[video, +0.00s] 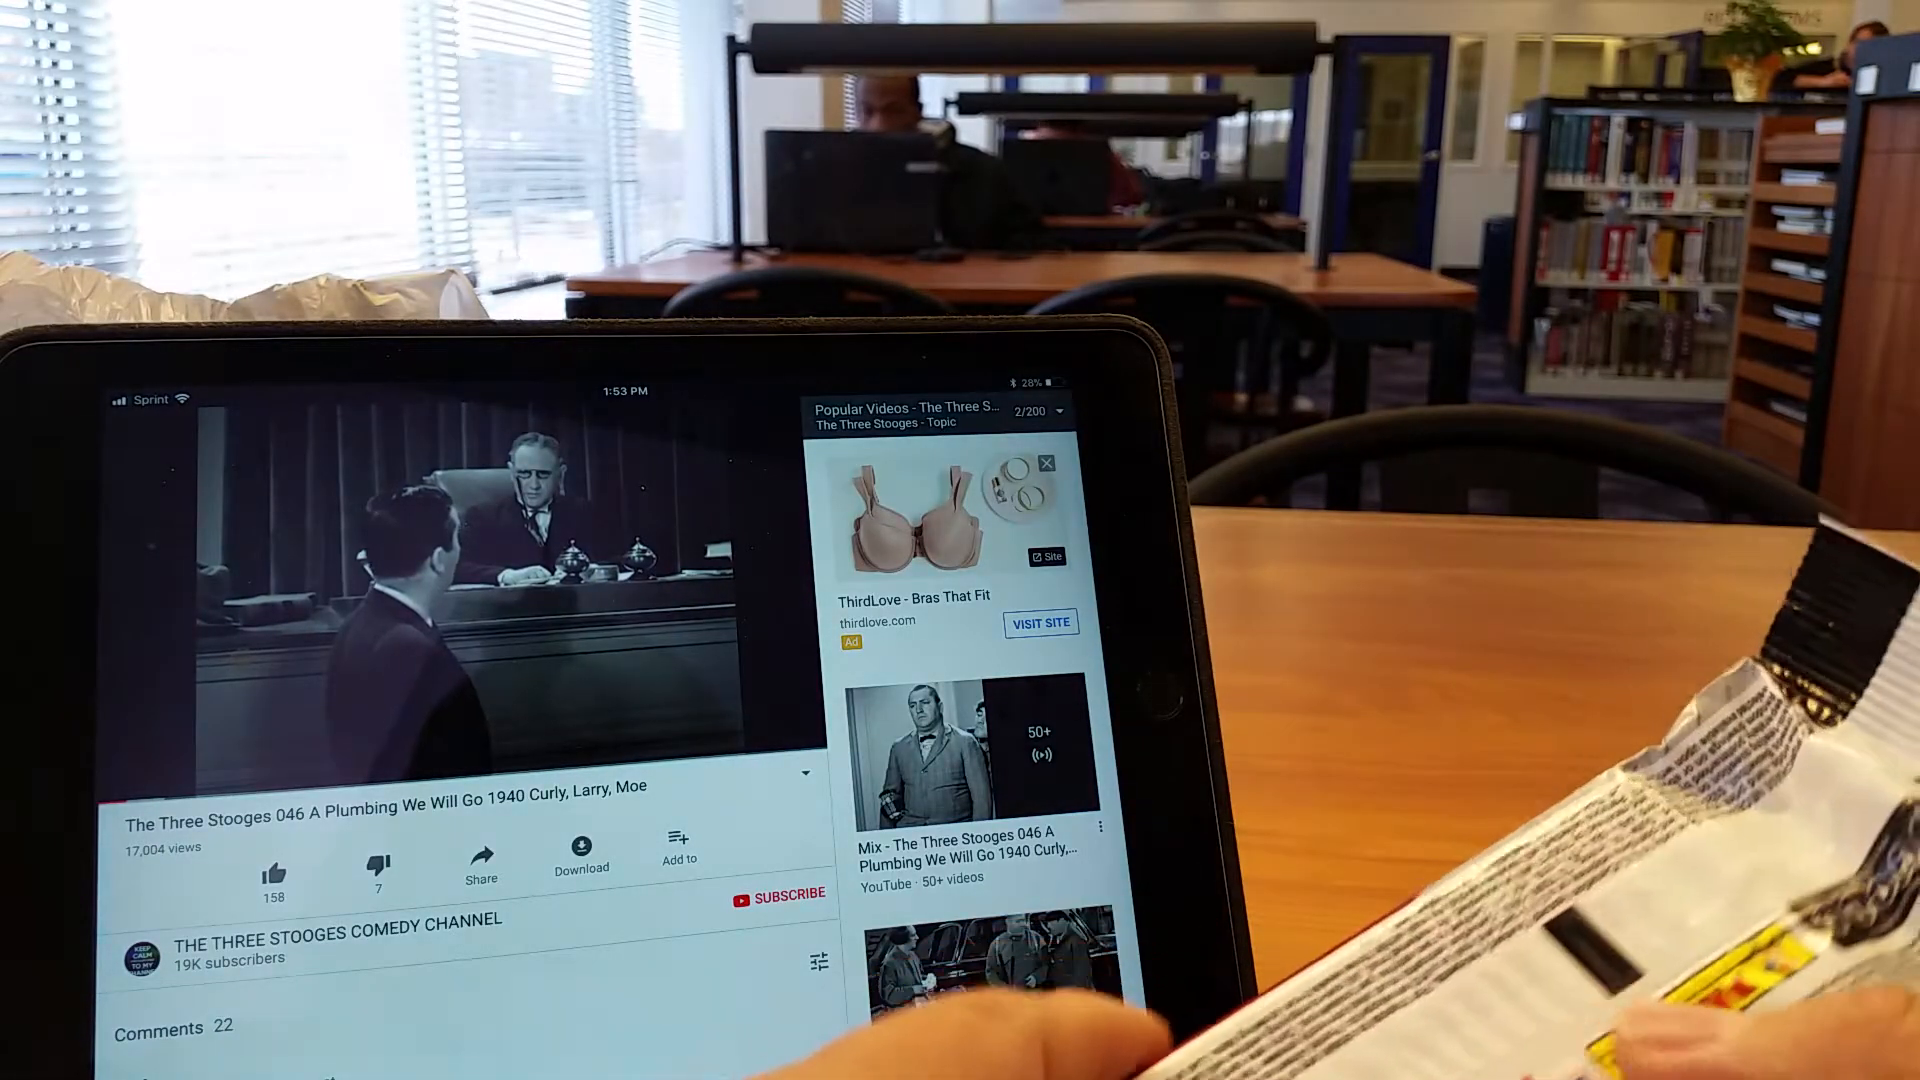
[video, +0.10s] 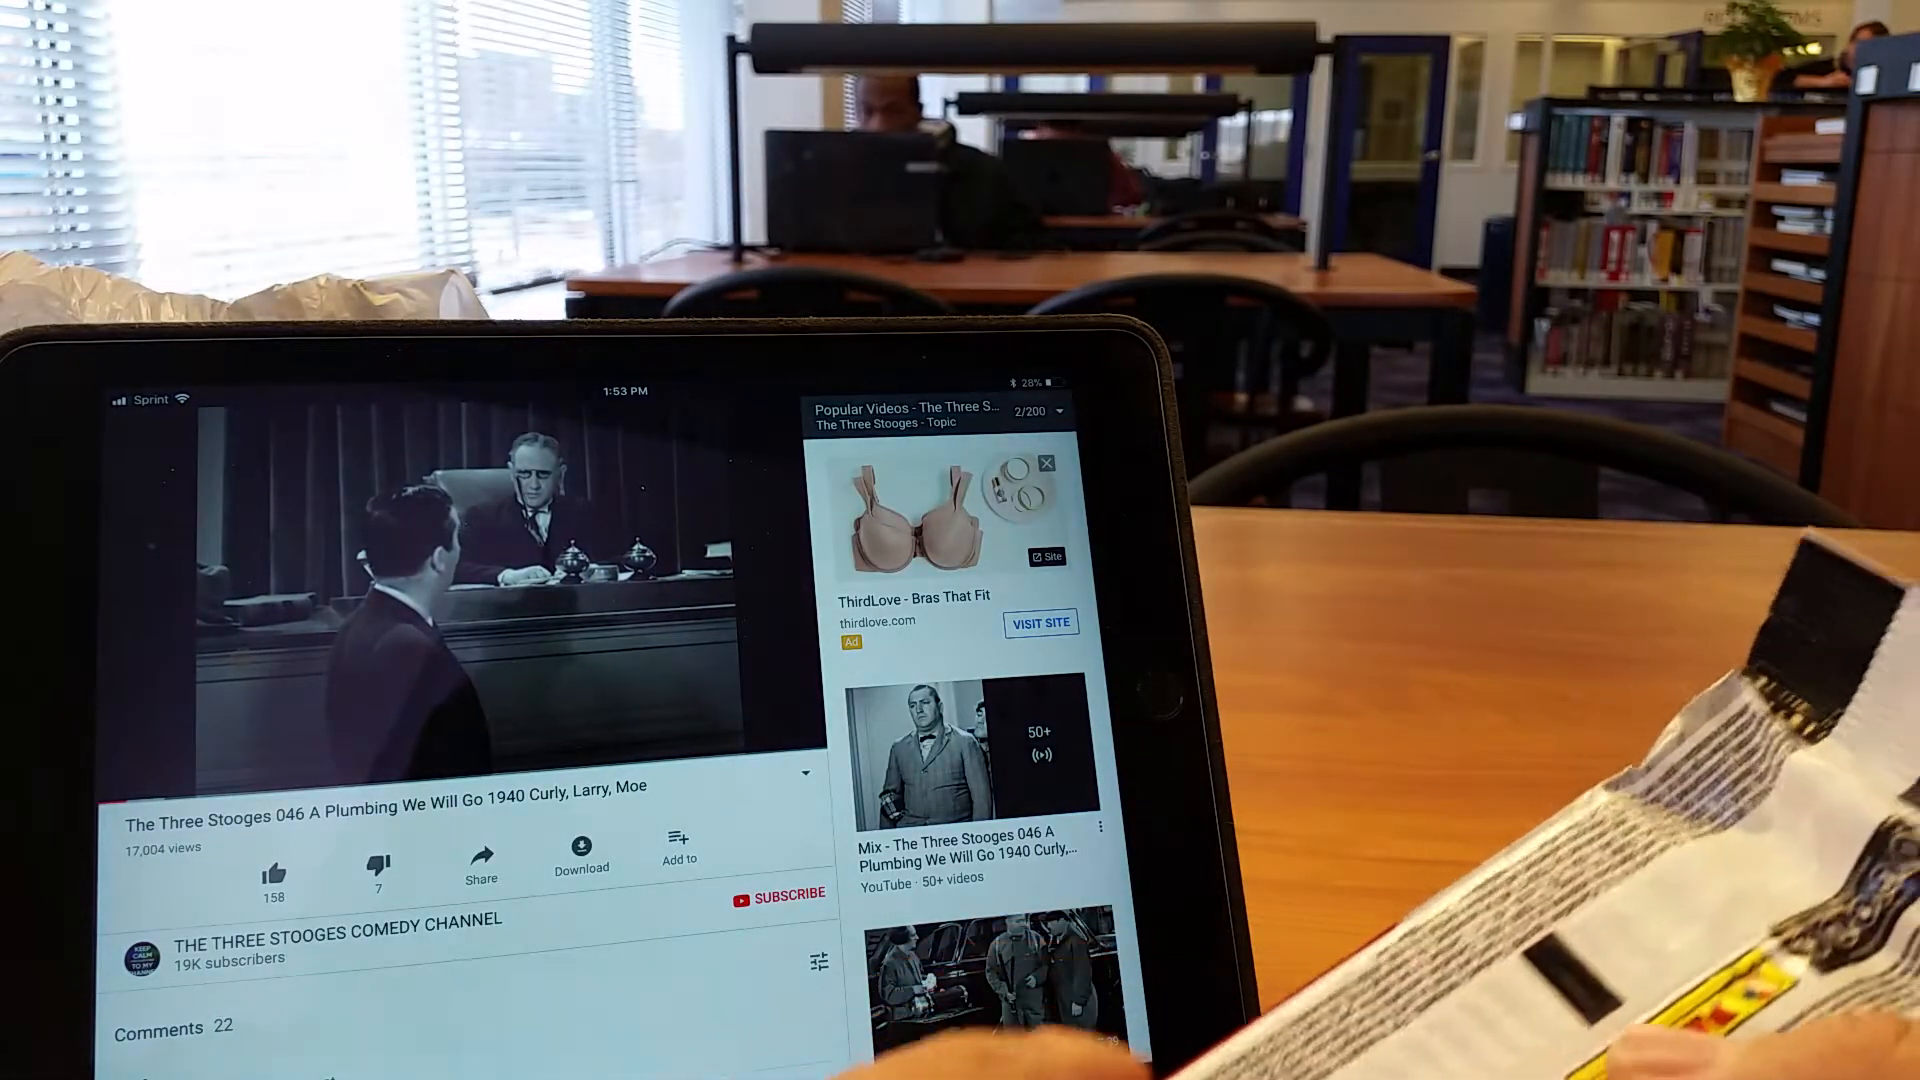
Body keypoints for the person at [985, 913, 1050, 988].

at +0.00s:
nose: (1019, 925)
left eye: (1021, 921)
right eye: (1015, 921)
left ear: (1026, 922)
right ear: (1007, 922)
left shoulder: (1037, 940)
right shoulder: (997, 943)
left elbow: (1045, 964)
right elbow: (990, 971)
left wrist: (1036, 978)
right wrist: (1003, 989)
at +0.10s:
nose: (1019, 925)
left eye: (1022, 921)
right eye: (1016, 921)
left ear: (1026, 922)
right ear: (1007, 923)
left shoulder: (1036, 939)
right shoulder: (997, 944)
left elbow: (1045, 964)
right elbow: (990, 972)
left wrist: (1036, 977)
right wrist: (1004, 992)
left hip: (1032, 997)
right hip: (1009, 999)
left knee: (1036, 1034)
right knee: (1011, 1037)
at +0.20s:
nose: (1021, 924)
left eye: (1023, 920)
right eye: (1016, 921)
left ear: (1026, 922)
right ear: (1007, 923)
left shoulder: (1036, 939)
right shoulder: (997, 944)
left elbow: (1045, 964)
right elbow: (990, 972)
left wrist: (1036, 977)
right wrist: (1004, 991)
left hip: (1033, 997)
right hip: (1010, 998)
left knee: (1038, 1033)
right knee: (1013, 1037)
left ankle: (1045, 1065)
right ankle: (1018, 1068)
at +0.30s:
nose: (1021, 924)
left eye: (1023, 920)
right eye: (1017, 921)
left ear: (1027, 922)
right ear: (1007, 923)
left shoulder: (1036, 939)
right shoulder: (997, 944)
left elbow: (1045, 964)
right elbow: (990, 972)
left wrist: (1036, 977)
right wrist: (1004, 991)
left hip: (1033, 998)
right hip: (1010, 999)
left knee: (1039, 1034)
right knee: (1013, 1038)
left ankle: (1046, 1068)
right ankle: (1017, 1070)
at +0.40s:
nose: (1021, 924)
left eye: (1023, 920)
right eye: (1016, 921)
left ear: (1026, 922)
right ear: (1007, 923)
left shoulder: (1036, 940)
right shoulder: (997, 944)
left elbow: (1045, 964)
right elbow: (990, 972)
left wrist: (1036, 977)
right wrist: (1005, 993)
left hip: (1033, 997)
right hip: (1010, 999)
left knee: (1038, 1033)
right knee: (1012, 1036)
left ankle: (1047, 1065)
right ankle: (1015, 1067)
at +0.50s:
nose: (1022, 924)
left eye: (1024, 920)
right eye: (1018, 921)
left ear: (1027, 922)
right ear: (1008, 923)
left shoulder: (1036, 939)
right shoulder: (997, 944)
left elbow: (1046, 964)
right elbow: (990, 972)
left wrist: (1036, 977)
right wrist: (1004, 992)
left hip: (1033, 997)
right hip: (1010, 1000)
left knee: (1038, 1033)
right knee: (1013, 1038)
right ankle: (1015, 1065)